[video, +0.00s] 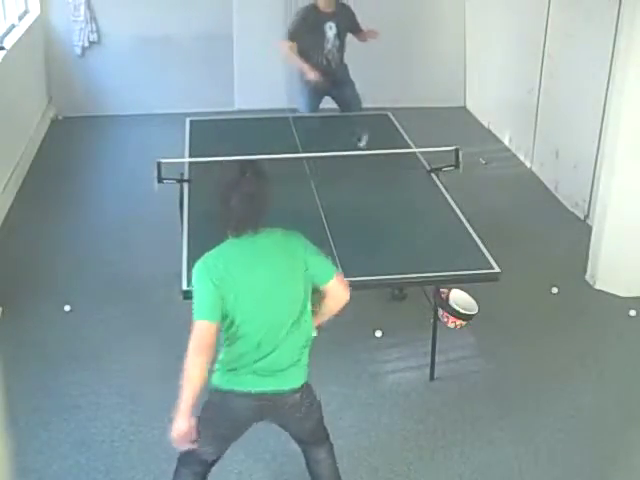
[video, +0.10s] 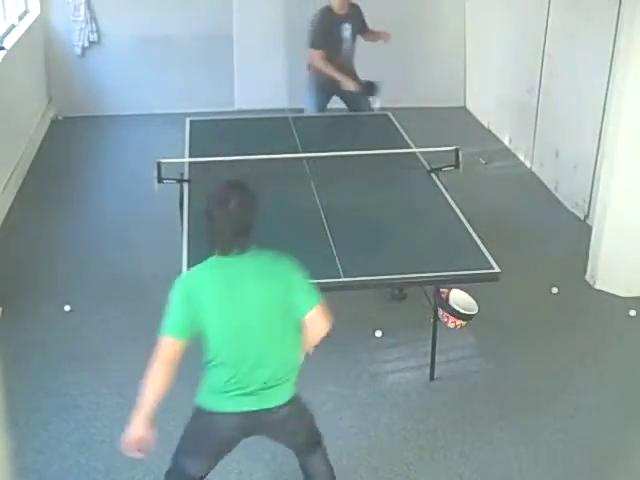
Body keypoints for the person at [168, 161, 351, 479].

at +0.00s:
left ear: (225, 207)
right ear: (264, 204)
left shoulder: (211, 266)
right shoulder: (295, 245)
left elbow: (202, 345)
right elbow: (340, 293)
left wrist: (184, 412)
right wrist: (310, 323)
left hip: (234, 399)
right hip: (292, 395)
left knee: (196, 461)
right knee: (318, 449)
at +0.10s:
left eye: (216, 216)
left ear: (212, 223)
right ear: (251, 222)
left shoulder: (191, 282)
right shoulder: (284, 267)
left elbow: (167, 356)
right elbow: (320, 322)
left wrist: (141, 421)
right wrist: (293, 351)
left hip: (219, 414)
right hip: (280, 407)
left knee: (183, 473)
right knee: (312, 452)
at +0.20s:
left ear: (185, 231)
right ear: (228, 234)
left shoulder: (153, 284)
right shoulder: (250, 284)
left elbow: (120, 348)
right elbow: (270, 361)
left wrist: (100, 407)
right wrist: (274, 373)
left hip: (180, 425)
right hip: (241, 420)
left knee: (161, 473)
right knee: (292, 472)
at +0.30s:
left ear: (164, 232)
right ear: (208, 240)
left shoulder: (127, 281)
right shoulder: (222, 291)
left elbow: (83, 338)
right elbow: (232, 371)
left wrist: (73, 393)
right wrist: (244, 379)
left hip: (144, 430)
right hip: (205, 430)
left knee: (138, 474)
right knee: (246, 474)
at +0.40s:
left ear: (151, 229)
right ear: (198, 237)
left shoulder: (117, 274)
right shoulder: (211, 292)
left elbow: (64, 337)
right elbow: (222, 377)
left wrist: (58, 386)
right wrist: (227, 379)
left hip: (115, 434)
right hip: (178, 437)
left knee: (98, 473)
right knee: (205, 473)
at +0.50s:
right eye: (188, 245)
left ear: (139, 241)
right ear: (185, 252)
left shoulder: (104, 288)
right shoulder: (199, 313)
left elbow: (46, 351)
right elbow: (206, 399)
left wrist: (46, 395)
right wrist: (219, 386)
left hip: (87, 458)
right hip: (153, 464)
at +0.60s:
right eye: (172, 264)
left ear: (122, 264)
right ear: (167, 276)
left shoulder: (83, 308)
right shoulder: (171, 342)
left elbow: (24, 368)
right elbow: (168, 431)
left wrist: (32, 405)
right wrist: (198, 414)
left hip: (55, 461)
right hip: (118, 470)